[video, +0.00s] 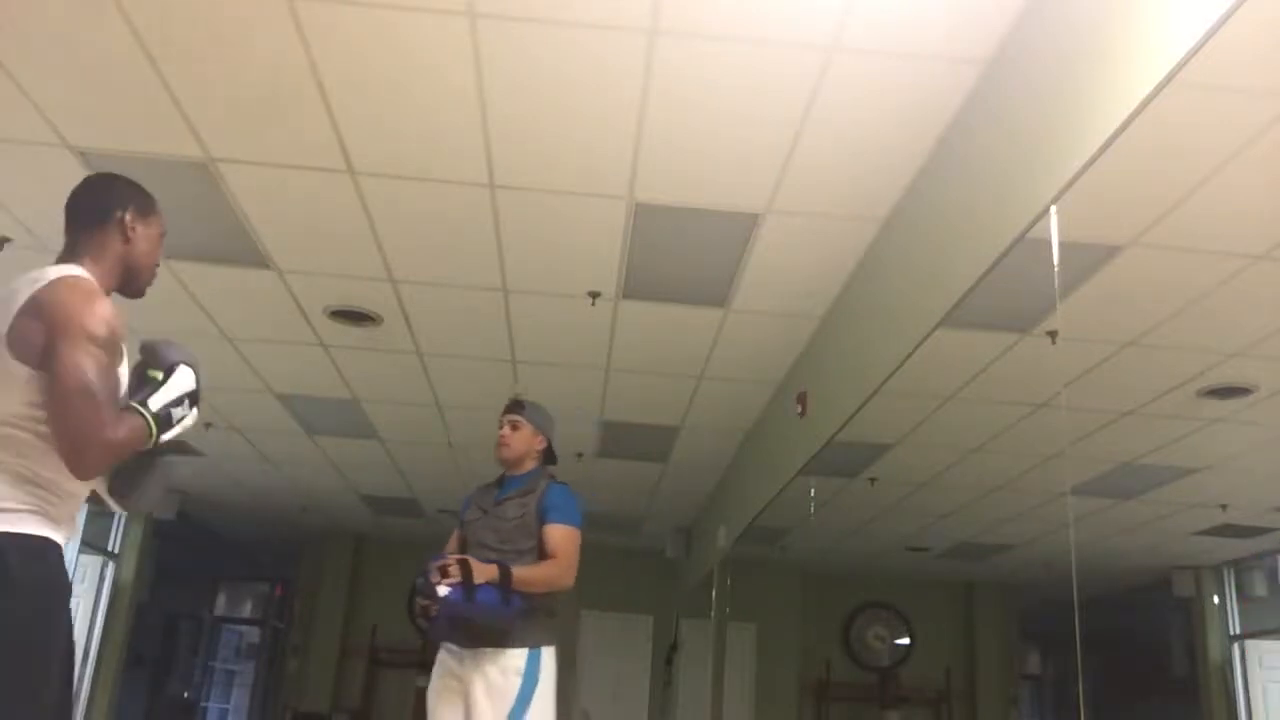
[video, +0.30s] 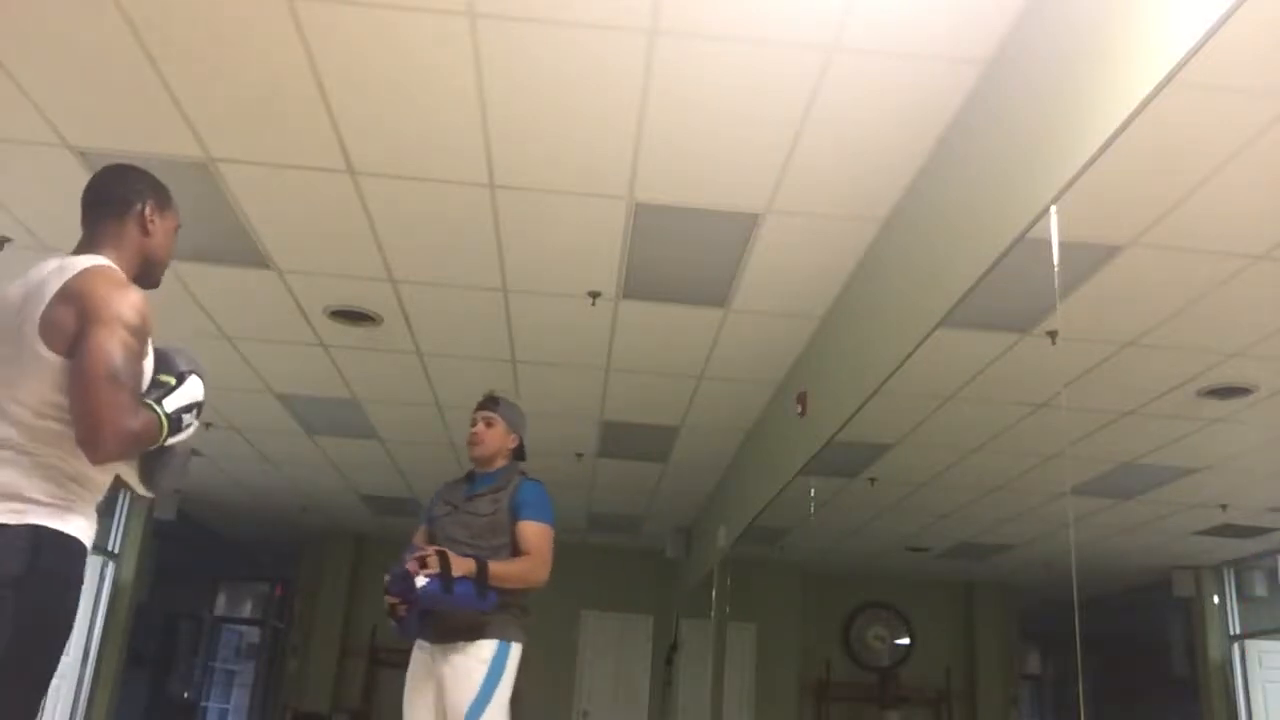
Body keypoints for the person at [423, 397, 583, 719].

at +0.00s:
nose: (502, 433)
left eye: (515, 426)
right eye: (501, 426)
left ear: (540, 442)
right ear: (498, 435)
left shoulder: (556, 495)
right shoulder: (480, 497)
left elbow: (563, 573)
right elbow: (450, 556)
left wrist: (489, 572)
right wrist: (438, 578)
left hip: (516, 657)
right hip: (455, 651)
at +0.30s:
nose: (475, 429)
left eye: (488, 422)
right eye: (473, 423)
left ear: (512, 440)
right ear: (469, 432)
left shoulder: (526, 491)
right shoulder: (447, 492)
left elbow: (537, 570)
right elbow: (416, 553)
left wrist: (468, 566)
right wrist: (400, 590)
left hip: (484, 644)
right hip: (430, 640)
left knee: (474, 713)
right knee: (417, 713)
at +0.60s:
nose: (459, 426)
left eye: (472, 418)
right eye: (457, 419)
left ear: (497, 436)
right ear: (450, 428)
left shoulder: (511, 486)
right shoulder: (425, 487)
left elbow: (528, 561)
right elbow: (393, 551)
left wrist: (495, 509)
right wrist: (377, 588)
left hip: (473, 636)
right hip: (417, 636)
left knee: (456, 713)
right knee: (410, 714)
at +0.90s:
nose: (448, 415)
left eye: (462, 409)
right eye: (446, 408)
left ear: (485, 428)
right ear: (438, 420)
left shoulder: (496, 489)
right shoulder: (410, 482)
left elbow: (517, 573)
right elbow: (375, 544)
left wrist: (453, 567)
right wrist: (354, 588)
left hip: (450, 641)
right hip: (395, 637)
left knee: (435, 713)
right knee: (394, 713)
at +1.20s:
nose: (430, 400)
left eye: (445, 395)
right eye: (428, 393)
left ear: (468, 417)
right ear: (420, 406)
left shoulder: (474, 478)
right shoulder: (395, 465)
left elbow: (484, 564)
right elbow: (355, 529)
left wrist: (406, 528)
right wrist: (316, 567)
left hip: (433, 636)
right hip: (381, 632)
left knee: (417, 712)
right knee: (367, 712)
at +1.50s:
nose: (407, 399)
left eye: (422, 394)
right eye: (405, 393)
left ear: (444, 417)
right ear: (397, 407)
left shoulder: (449, 472)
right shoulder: (376, 468)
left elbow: (434, 556)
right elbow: (346, 528)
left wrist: (364, 525)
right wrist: (311, 547)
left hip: (414, 638)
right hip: (361, 634)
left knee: (400, 712)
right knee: (347, 711)